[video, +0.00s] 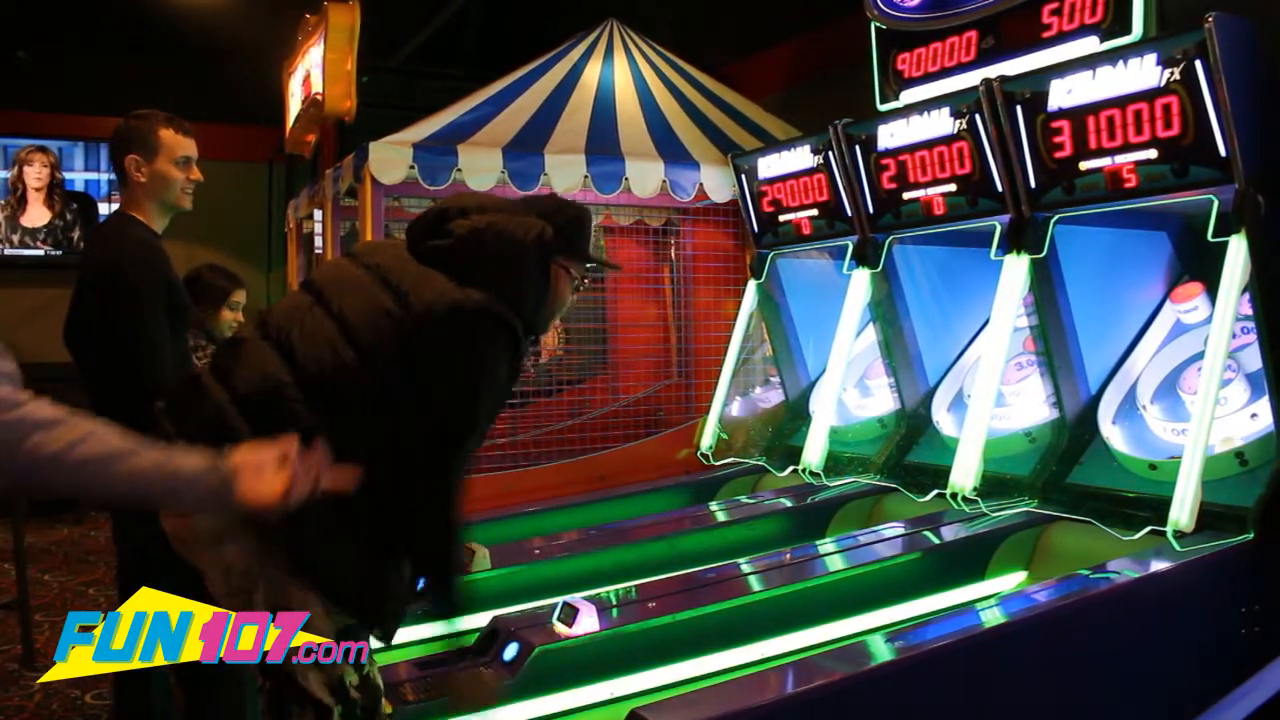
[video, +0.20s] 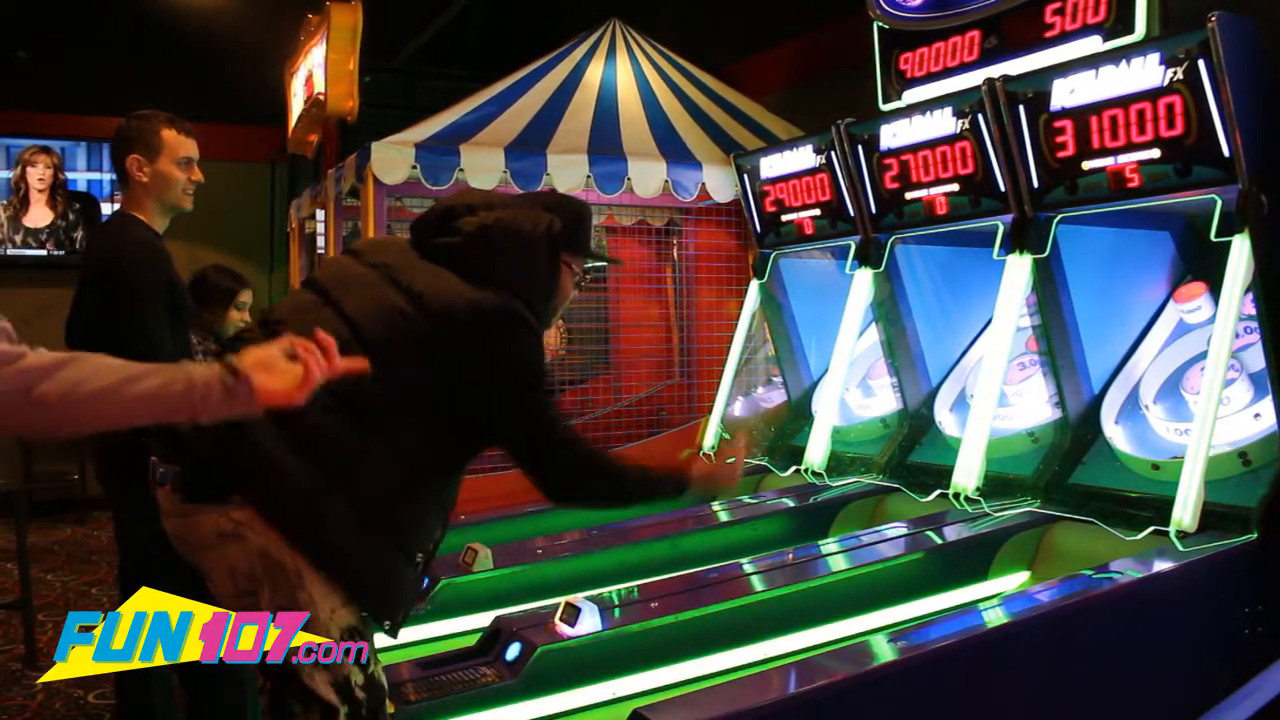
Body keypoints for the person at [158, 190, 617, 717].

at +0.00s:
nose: (574, 294)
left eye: (578, 279)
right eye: (573, 277)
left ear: (494, 245)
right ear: (546, 267)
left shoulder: (389, 260)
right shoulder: (481, 323)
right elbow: (429, 471)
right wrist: (444, 578)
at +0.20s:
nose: (576, 291)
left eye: (580, 276)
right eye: (575, 273)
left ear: (487, 245)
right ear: (538, 260)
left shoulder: (386, 264)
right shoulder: (497, 327)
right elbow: (564, 473)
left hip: (204, 491)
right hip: (278, 532)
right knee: (341, 699)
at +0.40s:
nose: (576, 291)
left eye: (581, 276)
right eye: (576, 273)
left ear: (482, 240)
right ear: (539, 260)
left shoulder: (372, 262)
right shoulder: (495, 323)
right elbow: (561, 480)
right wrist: (673, 507)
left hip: (197, 495)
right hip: (278, 541)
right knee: (341, 697)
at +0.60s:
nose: (580, 298)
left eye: (585, 282)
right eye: (578, 279)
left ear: (499, 247)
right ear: (540, 268)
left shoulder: (386, 262)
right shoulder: (494, 333)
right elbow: (499, 501)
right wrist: (578, 634)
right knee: (334, 698)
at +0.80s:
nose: (587, 299)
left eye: (591, 284)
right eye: (583, 281)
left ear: (507, 252)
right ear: (545, 269)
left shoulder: (394, 259)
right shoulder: (490, 337)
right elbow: (490, 516)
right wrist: (555, 675)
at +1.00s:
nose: (588, 307)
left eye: (593, 291)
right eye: (584, 288)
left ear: (515, 261)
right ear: (547, 278)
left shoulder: (398, 261)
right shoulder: (494, 352)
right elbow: (511, 530)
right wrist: (571, 682)